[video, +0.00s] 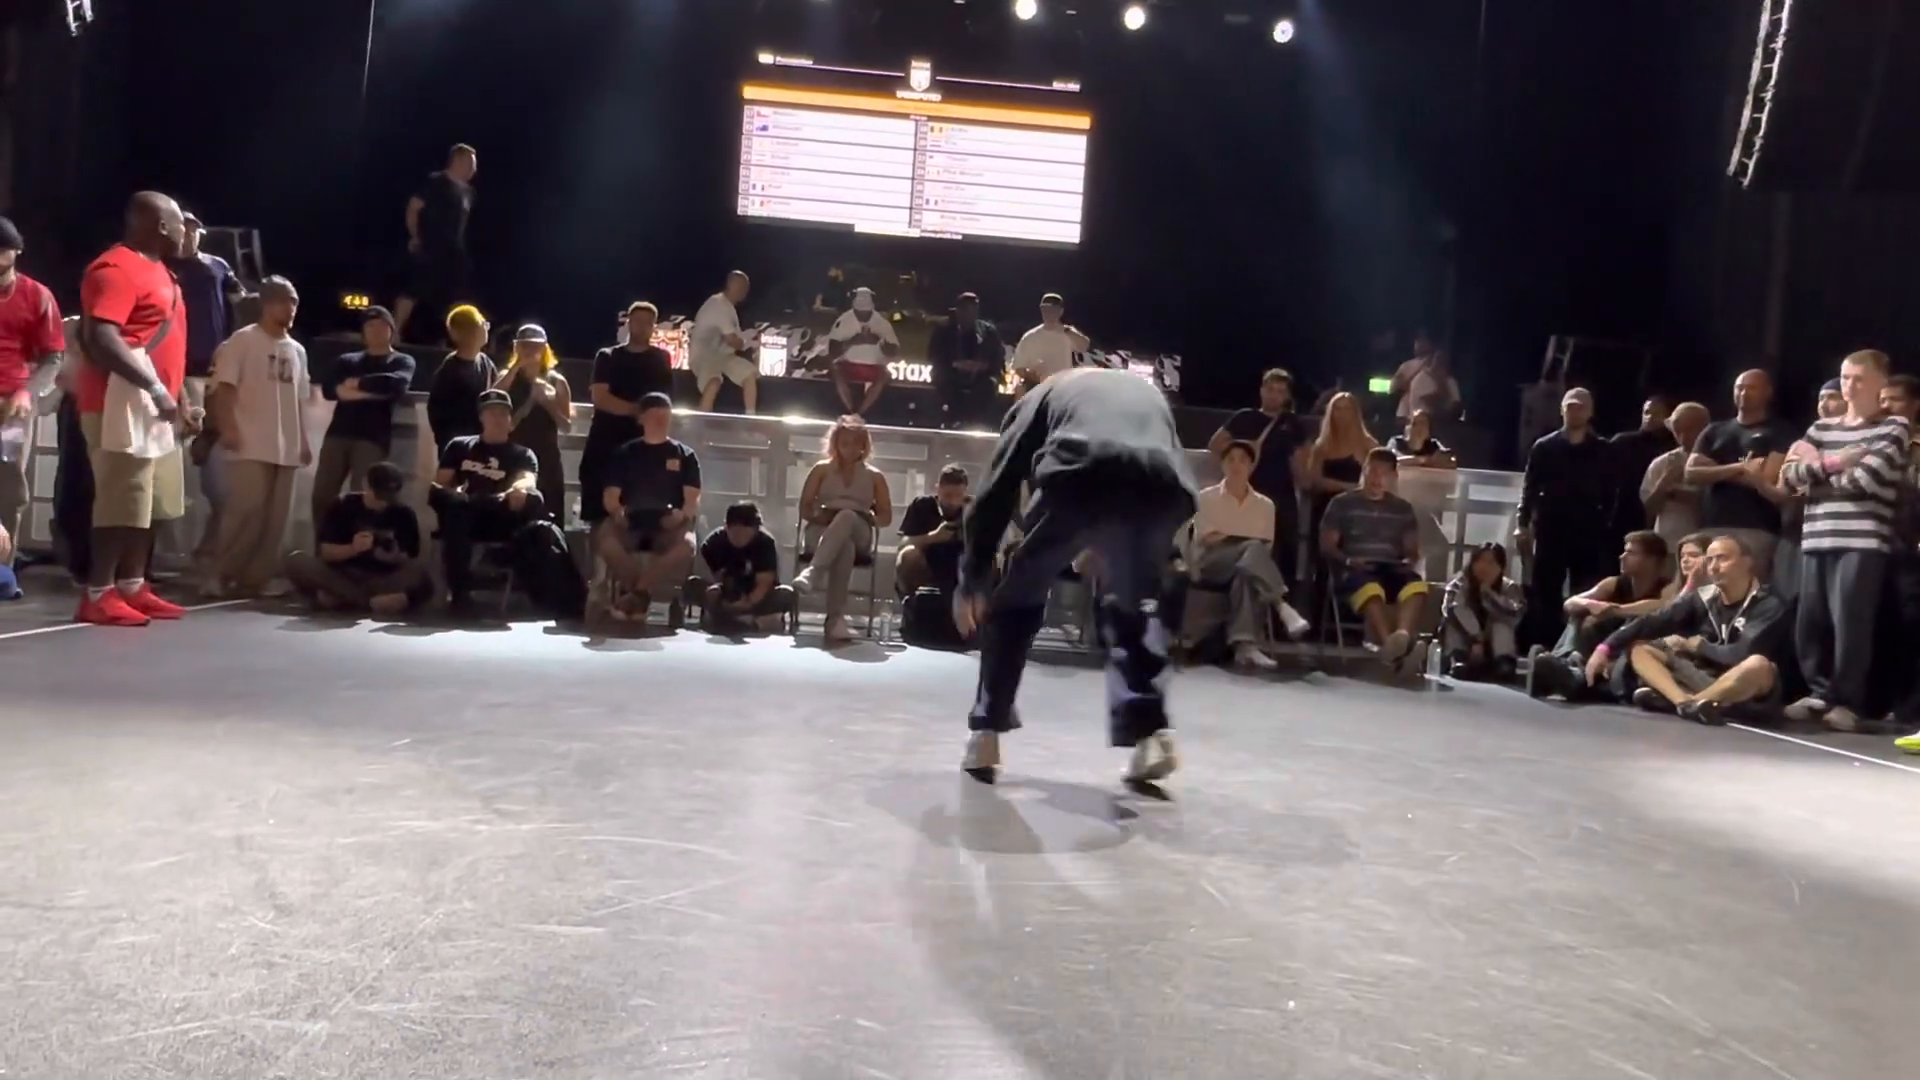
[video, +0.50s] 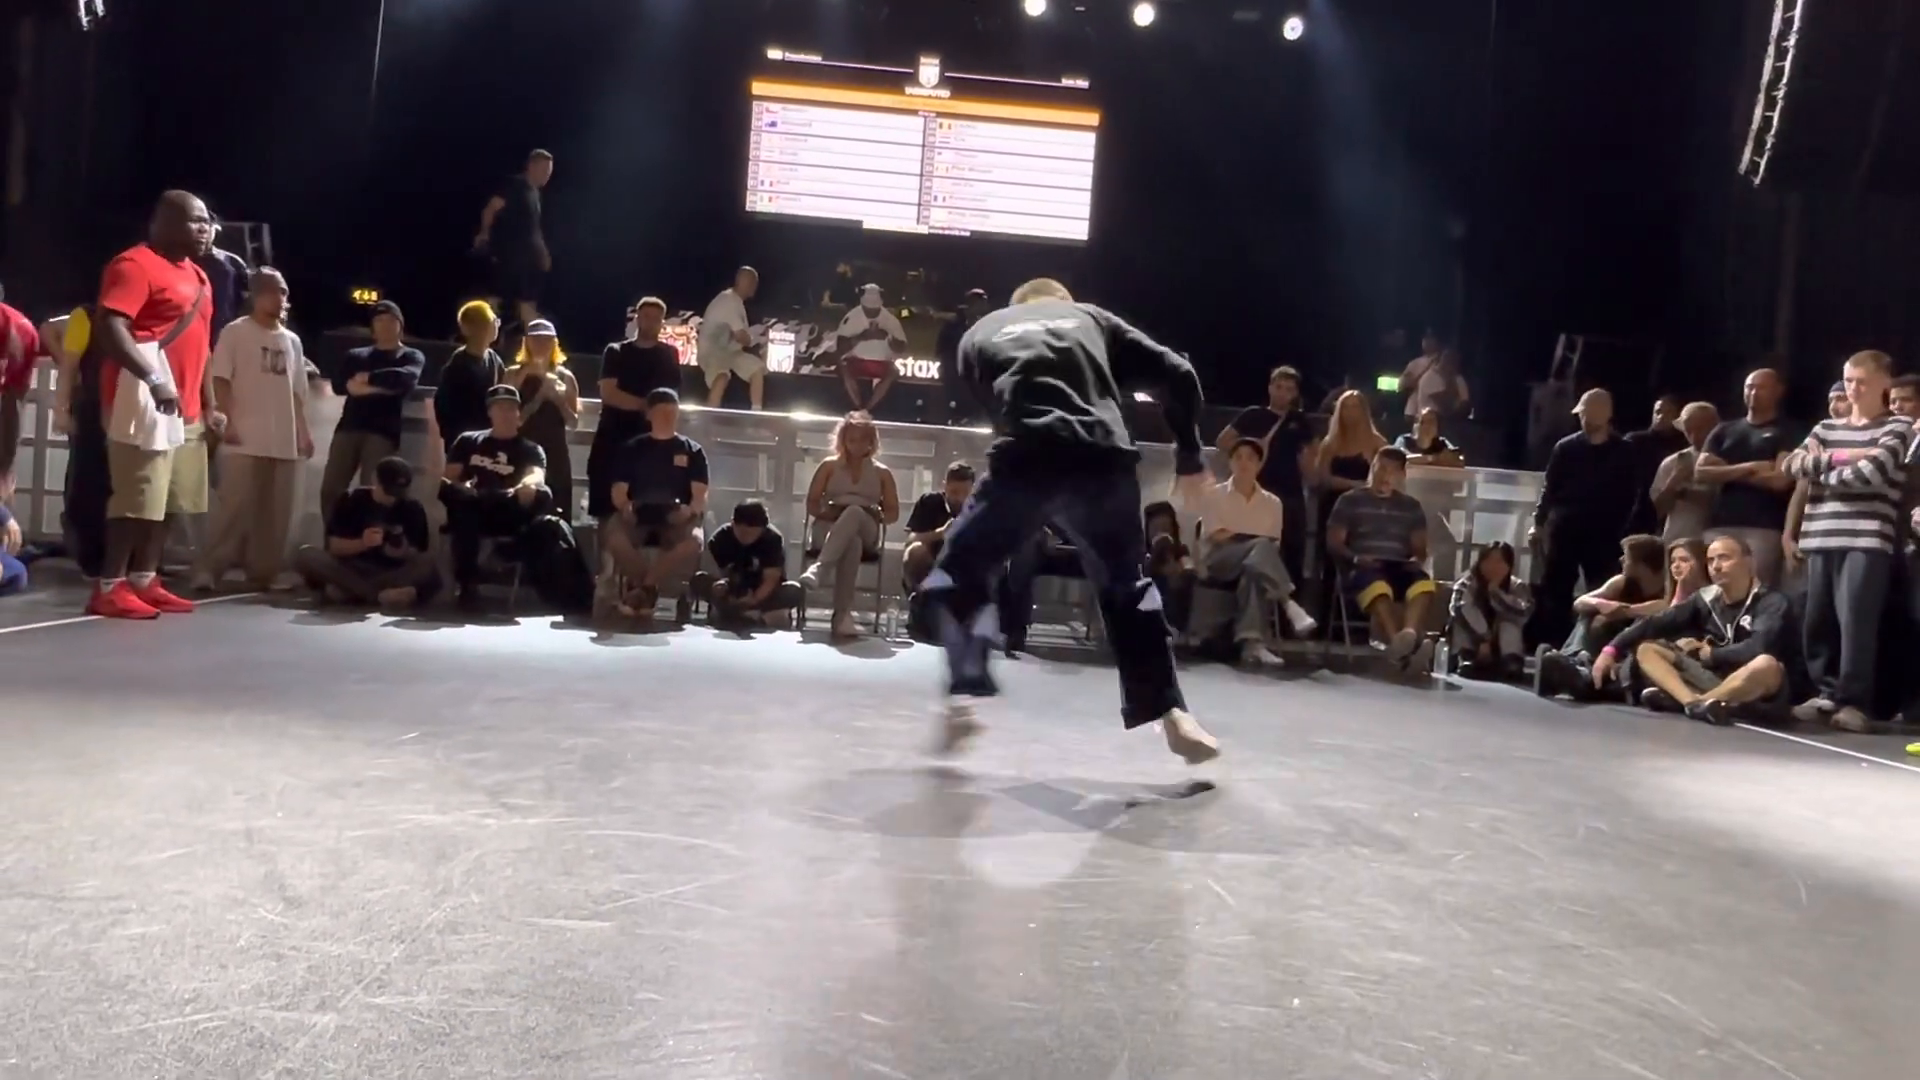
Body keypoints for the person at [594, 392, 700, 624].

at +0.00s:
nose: (660, 421)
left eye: (664, 416)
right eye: (654, 416)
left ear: (670, 418)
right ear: (641, 419)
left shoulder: (684, 455)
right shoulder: (624, 453)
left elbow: (691, 500)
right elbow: (610, 497)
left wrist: (680, 516)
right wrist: (621, 516)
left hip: (667, 515)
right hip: (631, 514)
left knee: (686, 545)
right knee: (606, 538)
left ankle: (635, 593)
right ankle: (639, 594)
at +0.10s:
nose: (661, 420)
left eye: (665, 415)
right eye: (655, 415)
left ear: (672, 417)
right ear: (643, 418)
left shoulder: (687, 454)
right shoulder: (626, 452)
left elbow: (693, 501)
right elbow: (612, 497)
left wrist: (681, 515)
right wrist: (625, 515)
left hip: (669, 514)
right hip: (633, 513)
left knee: (688, 545)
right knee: (607, 536)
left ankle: (636, 592)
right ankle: (641, 592)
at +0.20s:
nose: (663, 419)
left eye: (667, 414)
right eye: (658, 414)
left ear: (674, 417)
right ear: (645, 417)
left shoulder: (689, 454)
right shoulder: (628, 451)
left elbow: (696, 499)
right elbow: (614, 495)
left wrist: (685, 514)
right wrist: (625, 513)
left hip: (671, 513)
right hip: (636, 512)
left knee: (690, 544)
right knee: (609, 536)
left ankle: (638, 591)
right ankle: (644, 591)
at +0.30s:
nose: (664, 418)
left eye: (668, 413)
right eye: (658, 413)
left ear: (675, 415)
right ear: (647, 416)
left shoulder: (690, 453)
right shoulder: (629, 451)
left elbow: (697, 498)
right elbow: (615, 494)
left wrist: (686, 513)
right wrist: (626, 511)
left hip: (672, 513)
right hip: (636, 511)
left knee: (692, 543)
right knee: (611, 535)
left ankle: (640, 590)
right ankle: (646, 590)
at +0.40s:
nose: (665, 417)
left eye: (669, 412)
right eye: (659, 412)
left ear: (676, 415)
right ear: (647, 415)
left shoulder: (691, 452)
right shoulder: (629, 450)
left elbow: (698, 497)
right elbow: (616, 493)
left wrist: (687, 513)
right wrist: (627, 511)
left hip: (673, 511)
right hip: (637, 510)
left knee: (692, 542)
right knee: (612, 535)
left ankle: (642, 588)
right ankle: (646, 589)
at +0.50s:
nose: (667, 416)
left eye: (671, 410)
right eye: (661, 411)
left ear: (677, 413)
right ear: (649, 414)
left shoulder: (692, 451)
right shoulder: (631, 448)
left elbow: (699, 497)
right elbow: (618, 491)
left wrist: (687, 512)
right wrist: (629, 510)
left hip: (675, 510)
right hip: (639, 509)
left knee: (693, 542)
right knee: (614, 535)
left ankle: (641, 589)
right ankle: (647, 589)